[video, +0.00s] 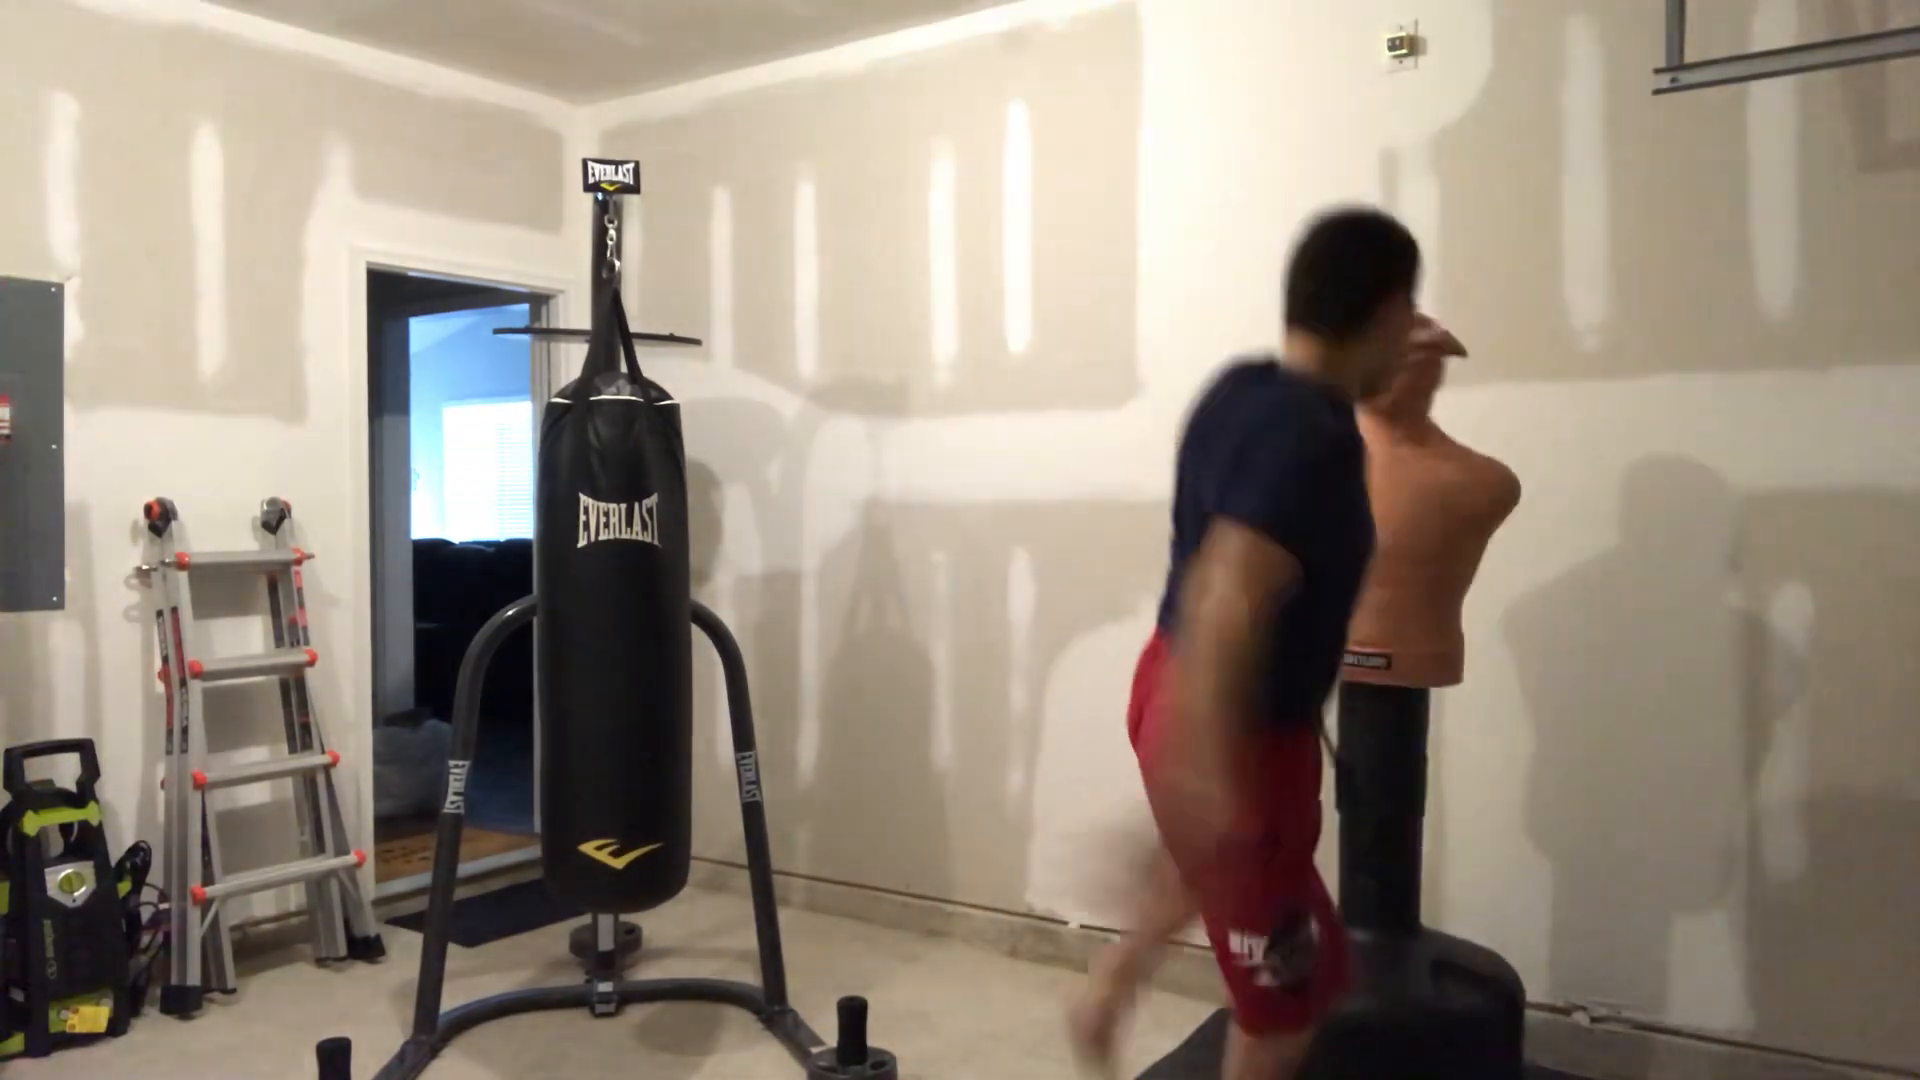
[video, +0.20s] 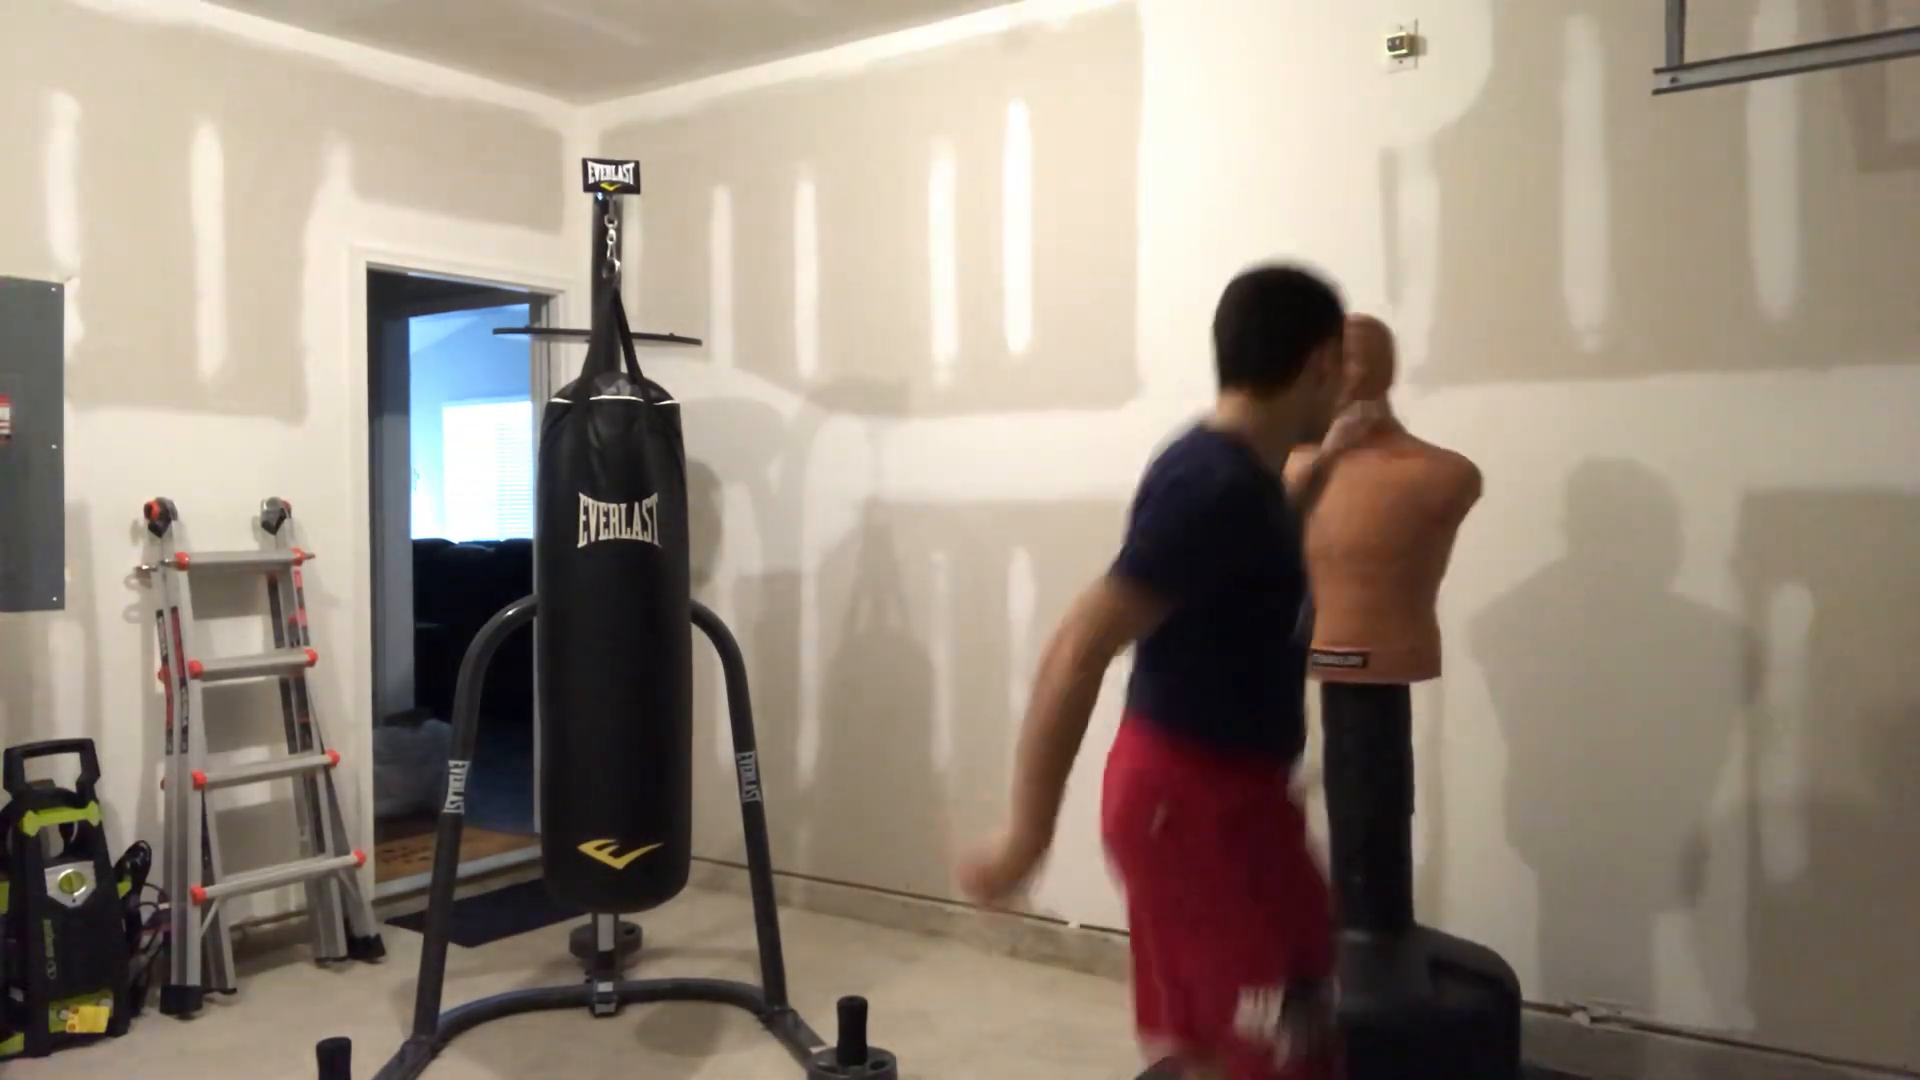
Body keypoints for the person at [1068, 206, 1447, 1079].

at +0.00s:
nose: (1410, 330)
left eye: (1411, 311)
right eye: (1405, 310)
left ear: (1300, 299)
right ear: (1378, 315)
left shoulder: (1239, 390)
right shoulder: (1307, 426)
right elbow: (1224, 602)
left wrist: (1374, 374)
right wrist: (1202, 769)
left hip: (1181, 687)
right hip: (1247, 724)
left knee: (1203, 854)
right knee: (1282, 1007)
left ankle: (1106, 990)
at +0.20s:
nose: (1342, 376)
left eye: (1342, 358)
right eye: (1340, 357)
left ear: (1238, 352)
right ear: (1320, 362)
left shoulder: (1245, 467)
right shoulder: (1212, 477)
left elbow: (1256, 563)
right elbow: (1078, 644)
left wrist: (1319, 469)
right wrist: (1027, 833)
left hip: (1232, 785)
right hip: (1190, 794)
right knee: (1207, 1041)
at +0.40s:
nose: (1302, 427)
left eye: (1301, 404)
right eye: (1302, 402)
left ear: (1192, 396)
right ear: (1282, 401)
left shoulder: (1172, 501)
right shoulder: (1194, 521)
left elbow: (1190, 651)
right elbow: (1097, 723)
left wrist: (1294, 587)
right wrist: (1123, 933)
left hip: (1166, 847)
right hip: (1144, 857)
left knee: (1260, 1039)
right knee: (1163, 1062)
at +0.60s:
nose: (1248, 388)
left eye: (1242, 370)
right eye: (1245, 370)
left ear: (1135, 379)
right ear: (1232, 377)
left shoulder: (1088, 487)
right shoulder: (1230, 504)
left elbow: (1085, 652)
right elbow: (1289, 709)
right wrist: (1391, 837)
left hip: (1064, 806)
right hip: (1135, 830)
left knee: (1175, 1042)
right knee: (1118, 1060)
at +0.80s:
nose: (1130, 386)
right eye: (1129, 373)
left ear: (1035, 397)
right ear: (1129, 383)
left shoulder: (996, 534)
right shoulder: (1197, 475)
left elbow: (991, 732)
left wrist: (1067, 723)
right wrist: (1280, 350)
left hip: (1088, 811)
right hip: (1199, 803)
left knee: (1131, 1027)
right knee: (1236, 1023)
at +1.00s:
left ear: (952, 415)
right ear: (1052, 398)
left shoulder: (935, 547)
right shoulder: (1129, 451)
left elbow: (907, 696)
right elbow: (1277, 426)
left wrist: (939, 585)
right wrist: (1332, 382)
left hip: (1177, 793)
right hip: (1283, 690)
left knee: (1160, 1029)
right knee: (1382, 656)